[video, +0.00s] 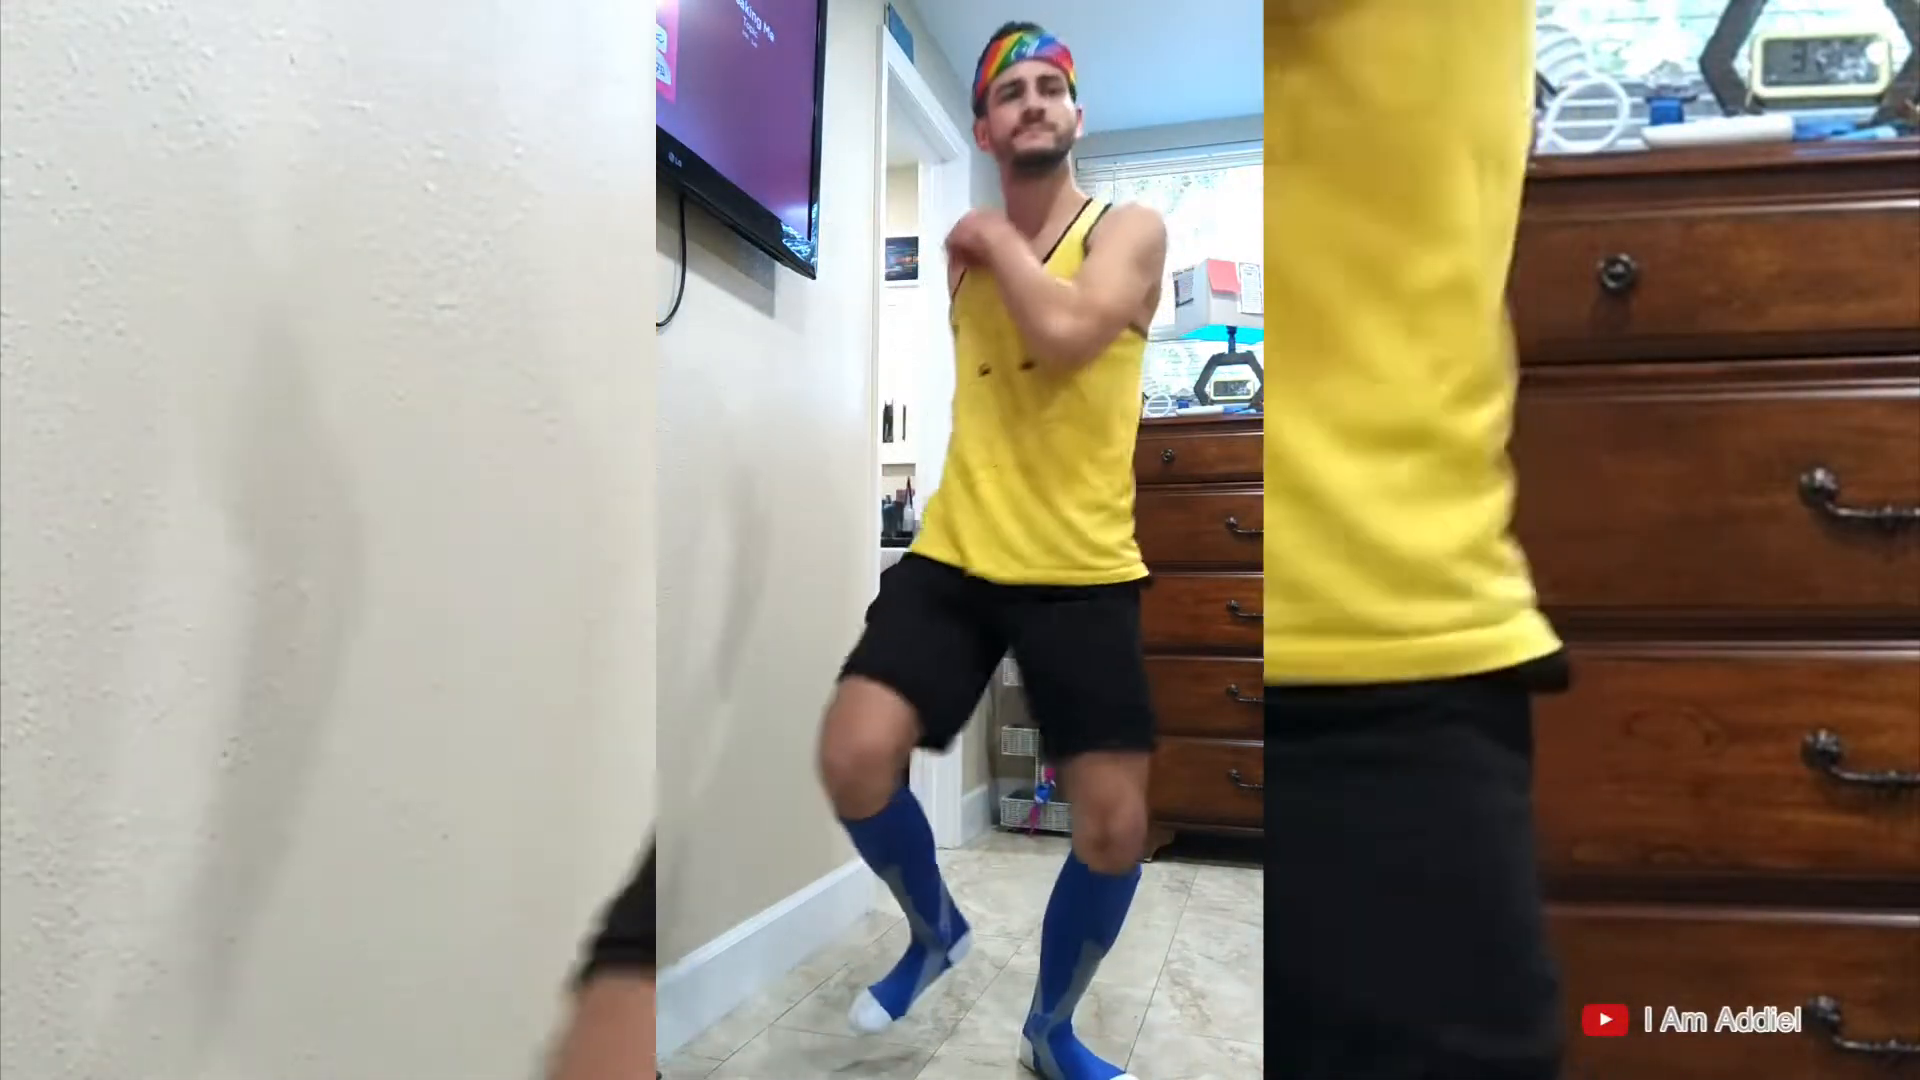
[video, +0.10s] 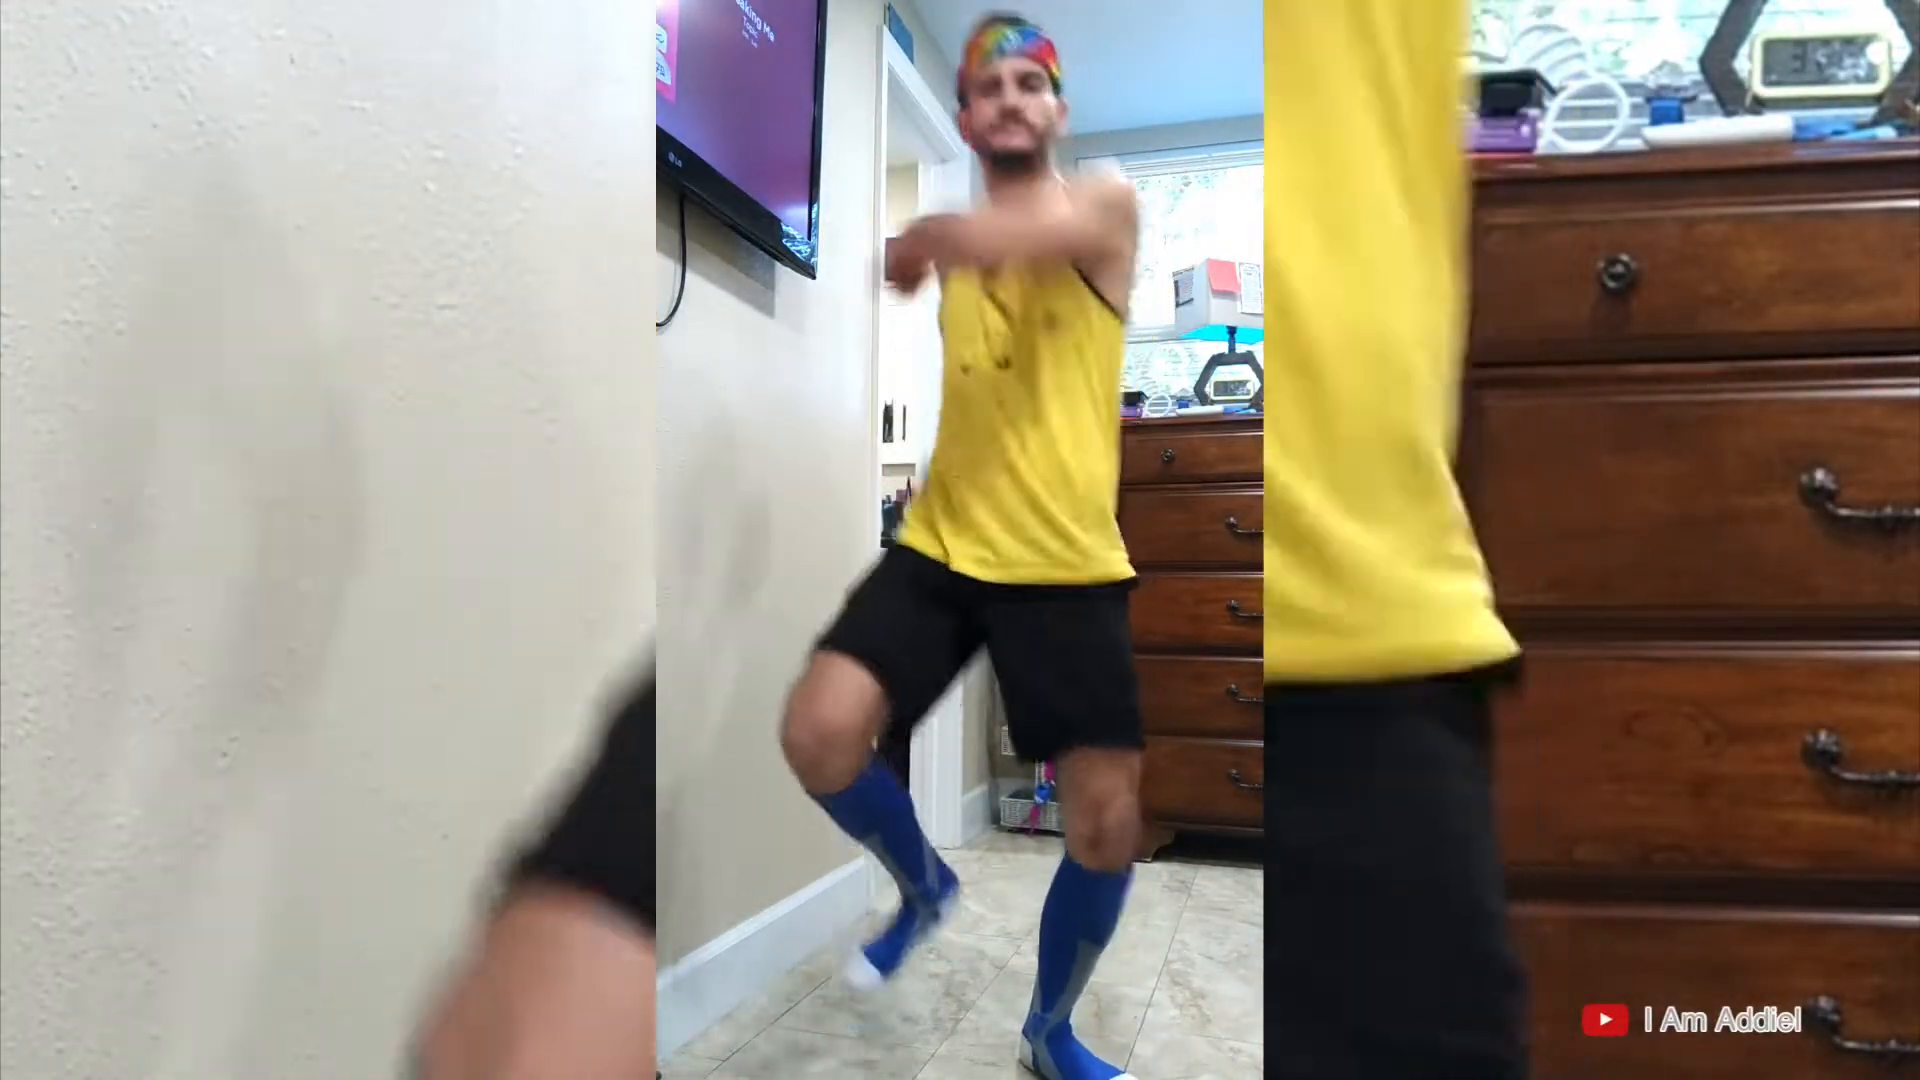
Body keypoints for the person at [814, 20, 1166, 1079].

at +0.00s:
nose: (1033, 104)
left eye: (1050, 90)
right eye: (1012, 94)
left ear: (1080, 116)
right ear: (984, 128)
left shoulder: (1129, 228)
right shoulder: (977, 258)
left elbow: (1065, 335)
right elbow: (986, 392)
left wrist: (998, 241)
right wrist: (972, 502)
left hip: (1083, 566)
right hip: (956, 550)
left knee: (1117, 825)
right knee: (853, 756)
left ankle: (1052, 1025)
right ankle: (936, 929)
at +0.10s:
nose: (1007, 99)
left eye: (1026, 83)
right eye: (986, 89)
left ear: (1060, 105)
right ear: (962, 119)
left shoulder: (1106, 200)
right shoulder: (960, 230)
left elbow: (1037, 230)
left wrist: (939, 241)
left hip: (1070, 558)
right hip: (943, 541)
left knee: (1109, 821)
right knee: (819, 735)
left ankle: (1050, 1028)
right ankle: (926, 884)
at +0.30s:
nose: (926, 50)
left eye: (946, 31)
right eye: (905, 41)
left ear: (984, 42)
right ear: (889, 72)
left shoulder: (1010, 92)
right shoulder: (916, 182)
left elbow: (903, 214)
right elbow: (971, 320)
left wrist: (786, 350)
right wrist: (895, 362)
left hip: (1031, 488)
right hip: (905, 485)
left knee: (1021, 773)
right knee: (847, 751)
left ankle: (995, 1005)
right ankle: (824, 1015)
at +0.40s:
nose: (896, 57)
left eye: (919, 41)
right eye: (874, 43)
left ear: (953, 64)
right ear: (849, 77)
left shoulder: (990, 121)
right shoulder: (869, 242)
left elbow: (978, 283)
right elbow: (874, 397)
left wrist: (915, 469)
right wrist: (842, 355)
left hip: (998, 517)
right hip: (871, 516)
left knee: (1016, 782)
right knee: (838, 774)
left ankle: (995, 1008)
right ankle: (844, 1031)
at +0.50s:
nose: (872, 52)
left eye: (896, 40)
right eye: (851, 37)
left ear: (925, 73)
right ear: (821, 70)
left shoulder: (978, 138)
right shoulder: (804, 231)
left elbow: (1068, 291)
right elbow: (788, 400)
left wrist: (1029, 466)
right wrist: (845, 284)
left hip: (979, 518)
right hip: (848, 529)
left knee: (1052, 772)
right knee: (816, 784)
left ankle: (991, 887)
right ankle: (859, 1035)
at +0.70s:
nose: (890, 21)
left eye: (914, 9)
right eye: (869, 3)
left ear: (938, 40)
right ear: (833, 24)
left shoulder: (982, 179)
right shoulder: (791, 126)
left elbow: (991, 334)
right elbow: (835, 244)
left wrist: (1001, 426)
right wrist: (1006, 250)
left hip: (958, 496)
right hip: (829, 517)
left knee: (1065, 723)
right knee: (820, 788)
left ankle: (987, 921)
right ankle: (869, 1041)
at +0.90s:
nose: (950, 92)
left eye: (969, 79)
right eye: (929, 76)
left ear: (989, 106)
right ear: (893, 91)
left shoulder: (970, 249)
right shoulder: (871, 136)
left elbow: (974, 386)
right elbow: (895, 278)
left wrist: (991, 482)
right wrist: (973, 424)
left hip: (939, 558)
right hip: (807, 559)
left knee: (1063, 795)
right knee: (758, 858)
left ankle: (975, 1050)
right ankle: (834, 1032)